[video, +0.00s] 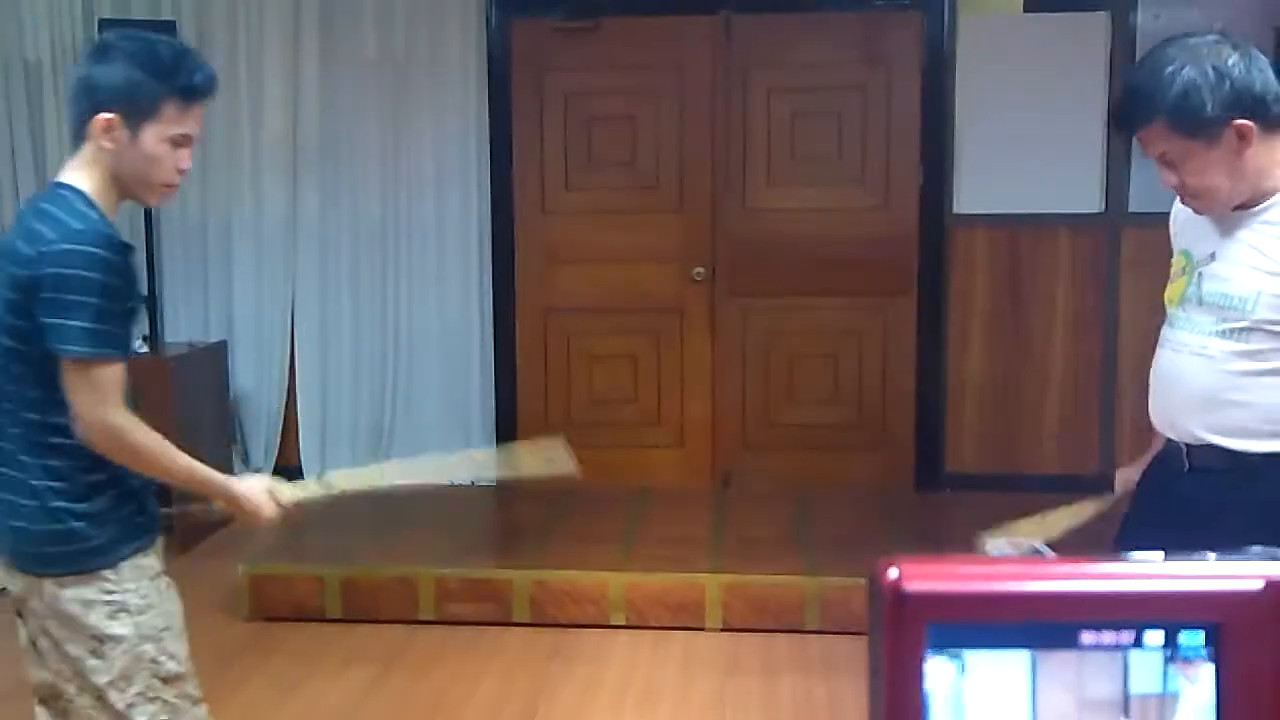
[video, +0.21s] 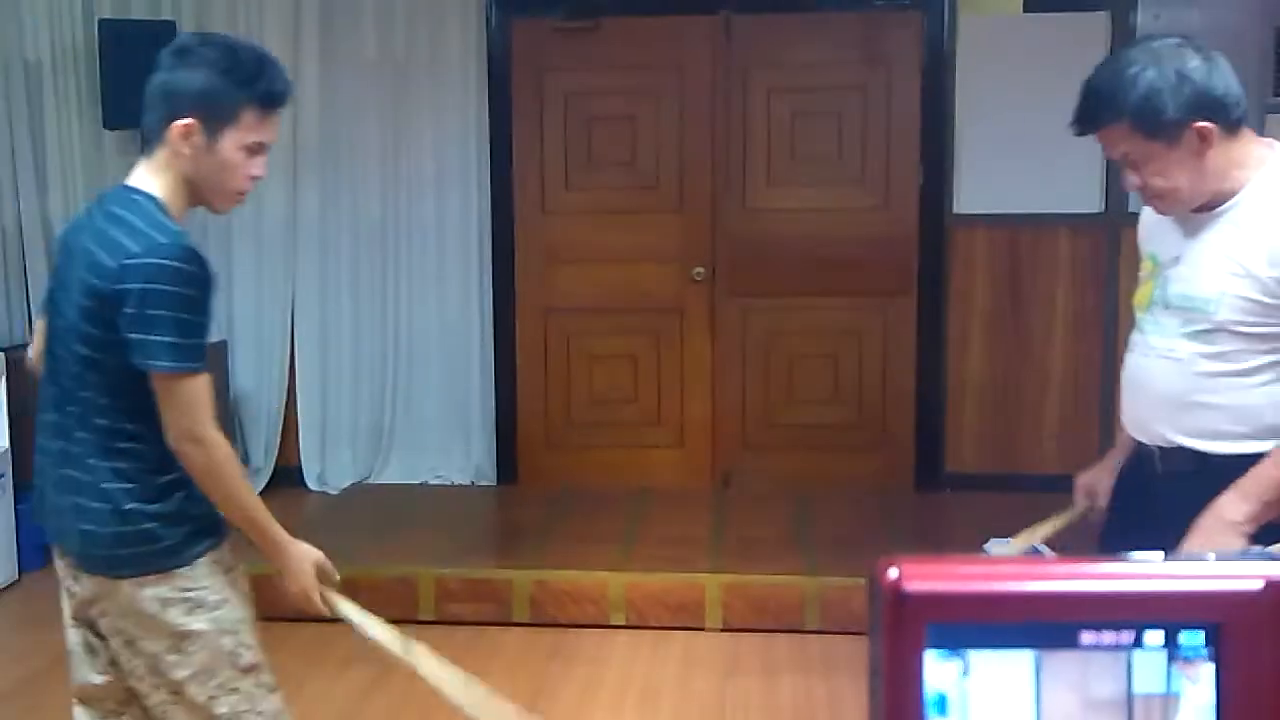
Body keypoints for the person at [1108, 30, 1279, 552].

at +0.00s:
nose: (1166, 184)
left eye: (1172, 162)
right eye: (1158, 165)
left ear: (1241, 135)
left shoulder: (1272, 225)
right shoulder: (1188, 213)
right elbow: (1195, 350)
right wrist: (1150, 461)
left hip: (1261, 485)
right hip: (1176, 476)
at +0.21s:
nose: (1128, 184)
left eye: (1135, 165)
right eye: (1120, 167)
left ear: (1202, 139)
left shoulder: (1271, 211)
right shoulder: (1162, 206)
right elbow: (1159, 346)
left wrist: (1237, 510)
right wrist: (1118, 457)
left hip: (1241, 487)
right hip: (1146, 477)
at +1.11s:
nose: (963, 211)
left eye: (964, 192)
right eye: (955, 197)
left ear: (1019, 161)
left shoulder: (1146, 202)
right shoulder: (1012, 239)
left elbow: (1220, 357)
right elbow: (1041, 381)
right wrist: (979, 481)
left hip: (1175, 491)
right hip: (1053, 492)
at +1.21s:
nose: (996, 206)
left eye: (998, 185)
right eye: (988, 189)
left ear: (1056, 159)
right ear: (1057, 161)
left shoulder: (1180, 208)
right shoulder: (1041, 235)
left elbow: (1223, 370)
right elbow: (1060, 357)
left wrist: (1081, 454)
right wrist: (972, 437)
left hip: (1197, 494)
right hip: (1083, 500)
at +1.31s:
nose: (1040, 204)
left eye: (1046, 183)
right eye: (1035, 185)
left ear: (1109, 164)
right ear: (1109, 166)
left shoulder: (1223, 226)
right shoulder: (1081, 242)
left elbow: (1239, 393)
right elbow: (1080, 373)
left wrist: (1080, 454)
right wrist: (973, 420)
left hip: (1222, 510)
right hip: (1107, 508)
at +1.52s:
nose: (1116, 198)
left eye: (1126, 177)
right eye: (1112, 180)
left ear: (1197, 167)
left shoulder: (1270, 254)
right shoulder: (1147, 255)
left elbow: (1274, 460)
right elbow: (1149, 402)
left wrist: (1184, 534)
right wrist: (1072, 471)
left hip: (1254, 541)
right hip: (1153, 519)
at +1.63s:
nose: (1120, 184)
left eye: (1132, 162)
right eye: (1116, 166)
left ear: (1205, 158)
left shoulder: (1270, 248)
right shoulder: (1153, 252)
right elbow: (1163, 402)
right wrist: (1104, 489)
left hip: (1251, 526)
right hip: (1149, 514)